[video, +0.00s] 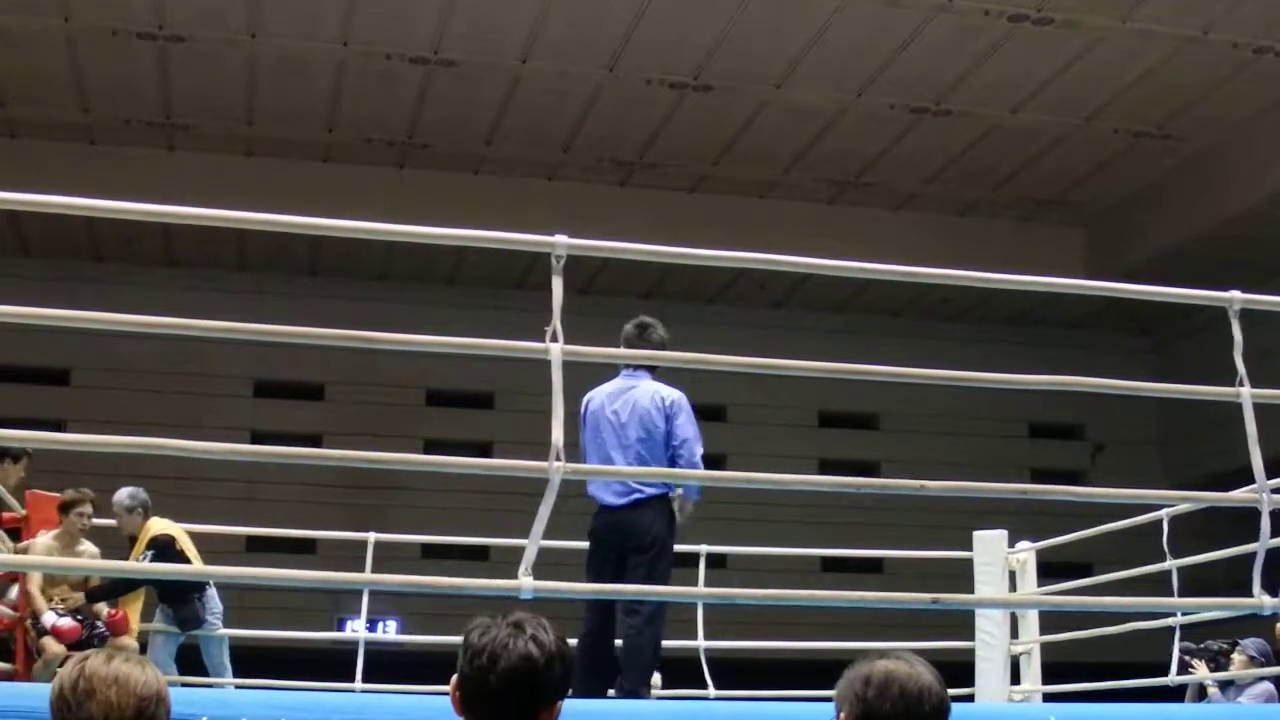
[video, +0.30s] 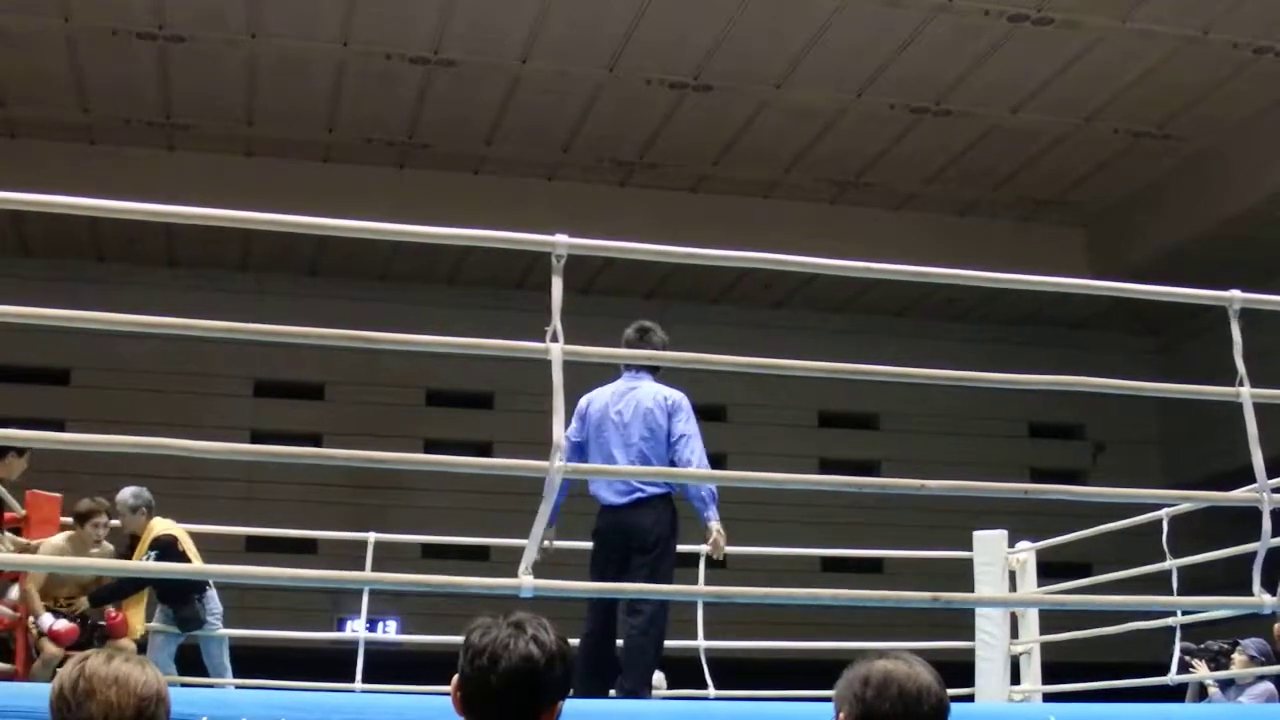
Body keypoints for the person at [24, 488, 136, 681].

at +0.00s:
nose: (86, 522)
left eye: (89, 517)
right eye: (80, 516)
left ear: (93, 519)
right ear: (63, 516)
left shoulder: (92, 552)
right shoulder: (41, 545)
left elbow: (94, 594)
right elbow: (33, 588)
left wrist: (106, 614)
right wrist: (51, 620)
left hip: (81, 614)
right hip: (46, 612)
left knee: (128, 646)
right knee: (56, 652)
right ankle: (33, 700)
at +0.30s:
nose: (101, 533)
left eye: (105, 527)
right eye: (95, 526)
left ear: (109, 527)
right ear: (79, 526)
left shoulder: (106, 551)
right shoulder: (54, 545)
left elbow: (105, 587)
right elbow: (31, 587)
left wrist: (111, 611)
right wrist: (45, 620)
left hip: (83, 609)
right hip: (48, 608)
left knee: (126, 647)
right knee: (53, 653)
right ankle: (31, 702)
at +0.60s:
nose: (113, 498)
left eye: (116, 492)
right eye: (107, 491)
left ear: (118, 494)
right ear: (89, 492)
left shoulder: (113, 524)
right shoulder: (64, 521)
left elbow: (111, 568)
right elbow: (51, 571)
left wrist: (120, 604)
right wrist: (59, 614)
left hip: (93, 598)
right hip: (60, 595)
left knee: (126, 647)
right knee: (52, 650)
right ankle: (27, 702)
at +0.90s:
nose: (111, 459)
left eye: (113, 453)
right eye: (106, 452)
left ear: (113, 457)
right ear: (88, 454)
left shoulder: (114, 492)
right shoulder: (61, 489)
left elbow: (112, 539)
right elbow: (43, 538)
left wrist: (118, 575)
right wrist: (50, 578)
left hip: (94, 569)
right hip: (61, 568)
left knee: (119, 644)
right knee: (47, 643)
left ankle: (112, 713)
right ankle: (24, 705)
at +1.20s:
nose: (98, 440)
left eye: (98, 434)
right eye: (93, 434)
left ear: (92, 437)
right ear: (75, 436)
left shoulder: (99, 476)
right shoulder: (42, 474)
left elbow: (101, 523)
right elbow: (29, 519)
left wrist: (112, 558)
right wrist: (41, 548)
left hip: (89, 554)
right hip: (53, 553)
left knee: (112, 633)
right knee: (38, 639)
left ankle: (105, 703)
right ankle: (23, 703)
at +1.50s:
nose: (104, 439)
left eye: (106, 433)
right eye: (98, 433)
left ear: (106, 437)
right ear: (79, 435)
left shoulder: (109, 476)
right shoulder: (51, 471)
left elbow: (108, 523)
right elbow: (36, 514)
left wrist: (112, 563)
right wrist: (51, 544)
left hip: (96, 555)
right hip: (60, 553)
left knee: (108, 632)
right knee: (39, 634)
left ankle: (111, 703)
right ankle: (22, 702)